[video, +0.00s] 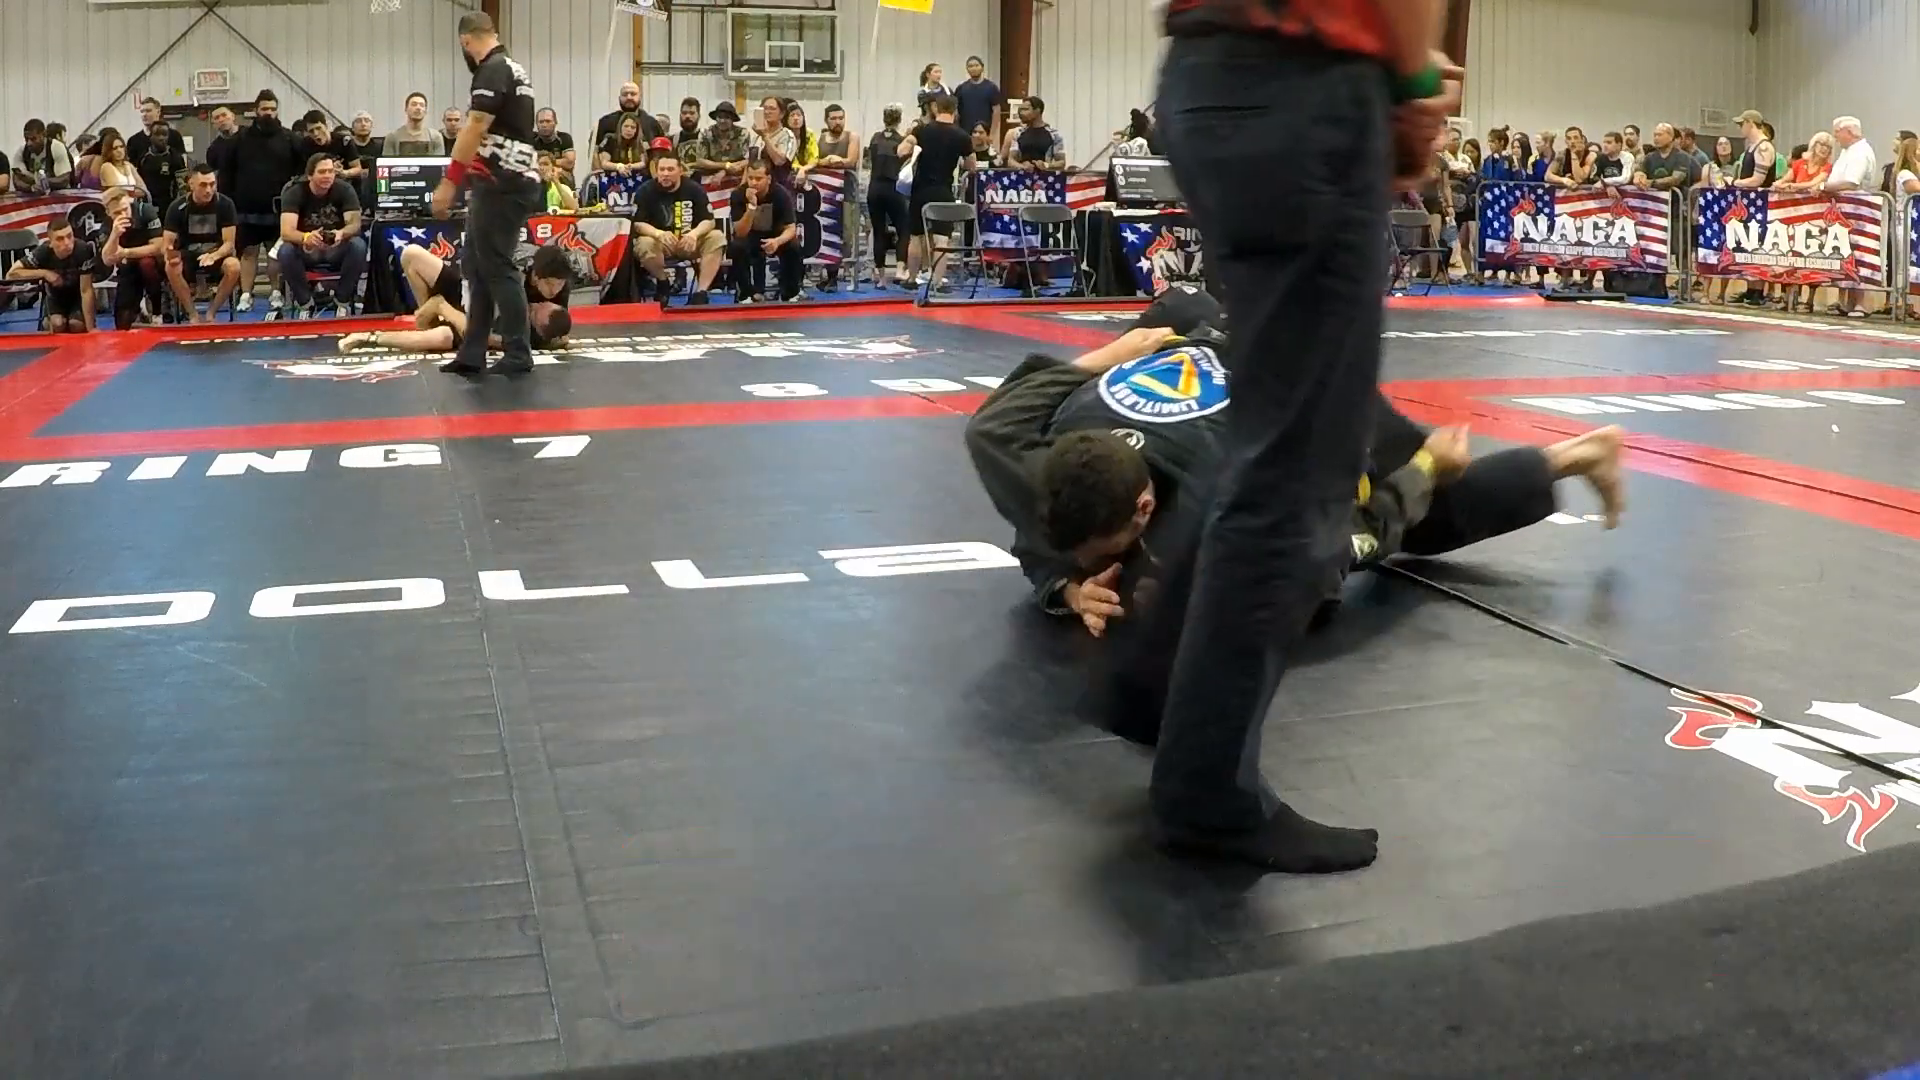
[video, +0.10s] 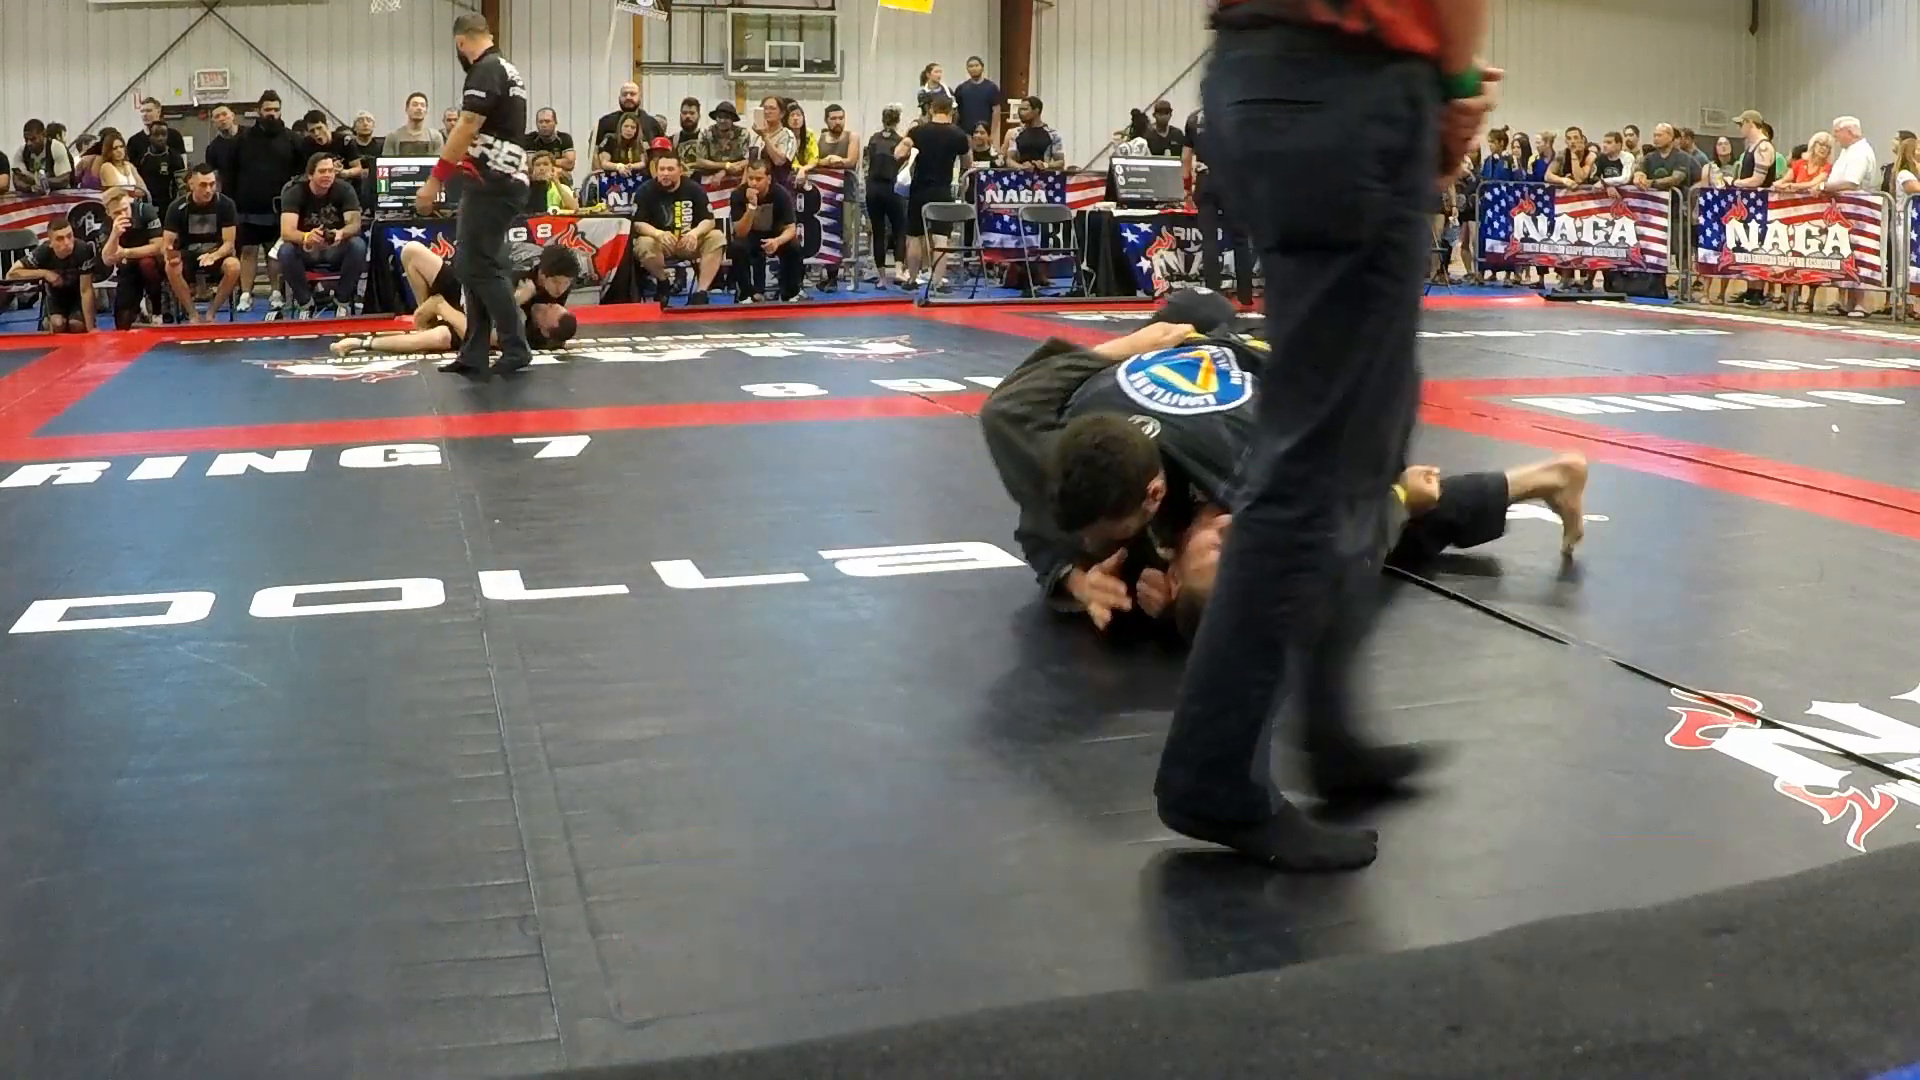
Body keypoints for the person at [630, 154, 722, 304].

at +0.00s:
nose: (665, 174)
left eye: (670, 169)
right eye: (661, 169)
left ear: (680, 171)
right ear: (656, 172)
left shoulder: (693, 189)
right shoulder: (646, 191)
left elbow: (708, 220)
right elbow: (638, 223)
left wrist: (694, 234)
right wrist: (659, 234)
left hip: (689, 242)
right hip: (661, 243)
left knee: (717, 237)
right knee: (644, 244)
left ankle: (701, 292)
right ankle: (662, 281)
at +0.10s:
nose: (665, 173)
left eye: (670, 169)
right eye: (661, 169)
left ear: (680, 171)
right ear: (656, 171)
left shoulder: (693, 188)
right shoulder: (647, 190)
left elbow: (708, 220)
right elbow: (638, 223)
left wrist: (694, 233)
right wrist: (659, 234)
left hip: (689, 242)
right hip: (661, 242)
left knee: (716, 237)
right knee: (644, 244)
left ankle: (701, 292)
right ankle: (662, 281)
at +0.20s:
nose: (666, 174)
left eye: (670, 170)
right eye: (662, 170)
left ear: (680, 171)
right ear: (656, 171)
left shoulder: (693, 188)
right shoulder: (646, 190)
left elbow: (708, 220)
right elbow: (638, 223)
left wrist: (695, 232)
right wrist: (658, 234)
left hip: (688, 242)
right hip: (660, 243)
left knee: (716, 237)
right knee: (644, 244)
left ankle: (701, 292)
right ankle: (662, 280)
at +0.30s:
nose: (666, 174)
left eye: (671, 169)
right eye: (662, 169)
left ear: (680, 171)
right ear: (656, 171)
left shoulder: (693, 188)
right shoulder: (646, 190)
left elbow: (708, 219)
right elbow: (638, 223)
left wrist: (695, 232)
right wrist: (658, 234)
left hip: (688, 242)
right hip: (659, 243)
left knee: (716, 237)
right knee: (644, 244)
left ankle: (701, 292)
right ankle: (662, 281)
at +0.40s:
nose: (666, 174)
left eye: (671, 169)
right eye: (662, 169)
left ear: (681, 171)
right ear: (657, 171)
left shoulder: (693, 188)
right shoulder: (646, 190)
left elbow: (708, 219)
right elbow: (638, 223)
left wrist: (694, 232)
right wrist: (658, 234)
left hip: (688, 242)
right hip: (659, 243)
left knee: (716, 237)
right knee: (644, 244)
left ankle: (701, 292)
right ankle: (662, 281)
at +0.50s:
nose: (666, 173)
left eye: (671, 169)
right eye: (663, 169)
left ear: (681, 171)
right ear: (657, 171)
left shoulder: (694, 189)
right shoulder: (646, 190)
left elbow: (708, 220)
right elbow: (639, 222)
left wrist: (695, 233)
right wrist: (657, 235)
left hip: (688, 243)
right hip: (659, 244)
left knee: (716, 237)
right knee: (644, 244)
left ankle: (701, 292)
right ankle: (662, 281)